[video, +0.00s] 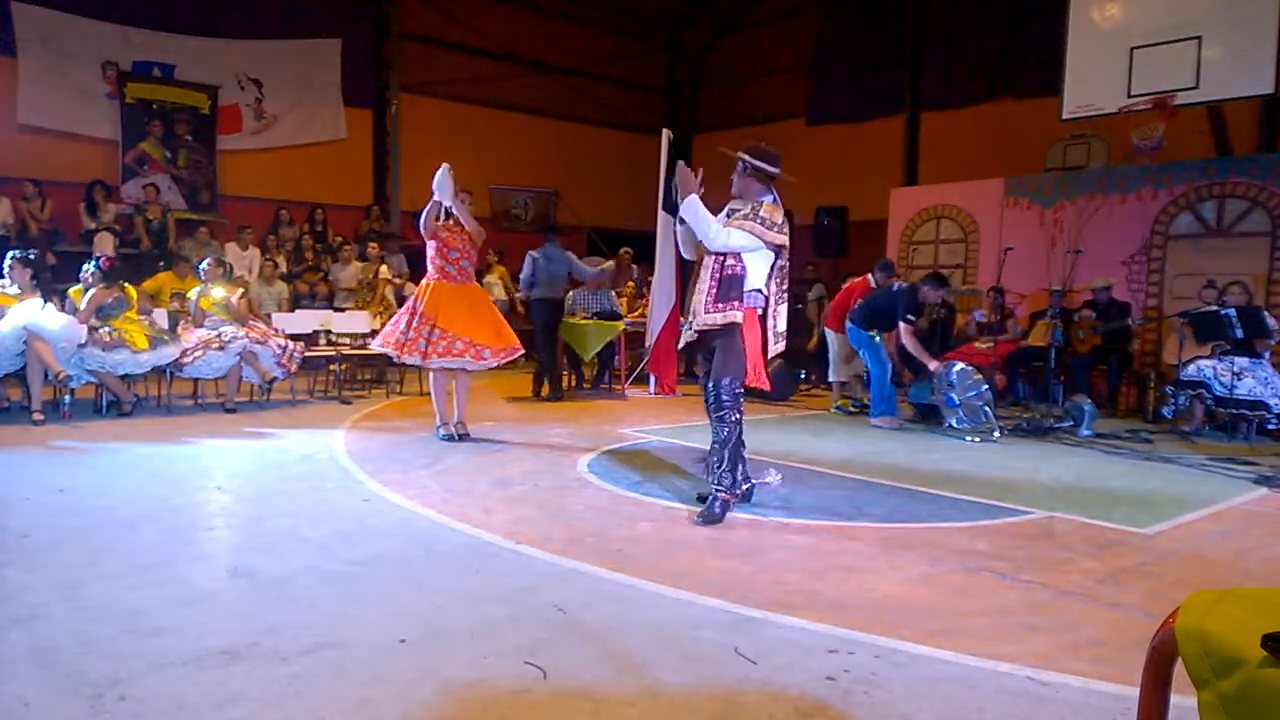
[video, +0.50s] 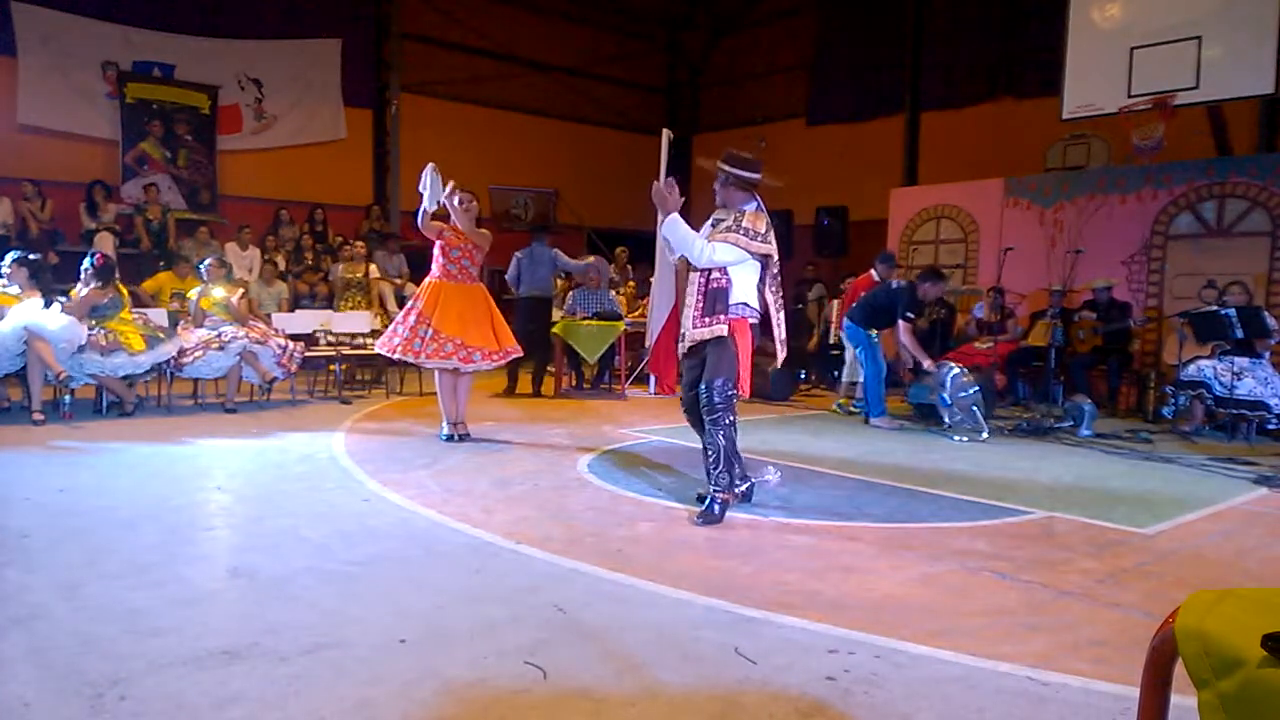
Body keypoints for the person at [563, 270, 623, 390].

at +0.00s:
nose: (597, 282)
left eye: (600, 278)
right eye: (594, 278)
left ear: (603, 280)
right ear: (587, 279)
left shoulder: (609, 294)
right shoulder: (573, 294)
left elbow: (619, 313)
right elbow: (567, 315)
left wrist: (597, 315)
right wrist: (578, 315)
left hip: (602, 330)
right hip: (580, 330)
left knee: (608, 349)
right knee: (571, 349)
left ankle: (598, 380)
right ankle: (579, 378)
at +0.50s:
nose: (591, 282)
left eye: (594, 279)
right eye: (589, 279)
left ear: (600, 279)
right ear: (584, 280)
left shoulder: (609, 294)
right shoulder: (574, 294)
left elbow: (619, 314)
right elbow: (565, 313)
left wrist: (601, 316)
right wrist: (576, 317)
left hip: (602, 331)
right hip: (580, 330)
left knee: (609, 348)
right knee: (571, 347)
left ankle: (598, 379)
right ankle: (579, 377)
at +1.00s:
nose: (589, 280)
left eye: (592, 277)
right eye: (586, 277)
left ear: (599, 278)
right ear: (580, 279)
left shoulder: (608, 294)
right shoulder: (576, 293)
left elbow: (619, 314)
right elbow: (567, 313)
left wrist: (601, 316)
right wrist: (577, 317)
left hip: (602, 332)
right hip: (579, 331)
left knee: (609, 348)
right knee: (570, 347)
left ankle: (598, 379)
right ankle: (579, 378)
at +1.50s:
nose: (591, 276)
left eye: (594, 273)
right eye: (588, 273)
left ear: (600, 277)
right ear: (584, 277)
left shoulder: (609, 294)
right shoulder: (575, 294)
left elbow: (619, 314)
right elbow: (565, 314)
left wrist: (600, 316)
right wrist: (577, 318)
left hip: (602, 332)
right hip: (580, 331)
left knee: (609, 348)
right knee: (571, 347)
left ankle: (597, 381)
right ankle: (579, 378)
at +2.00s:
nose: (592, 277)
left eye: (595, 274)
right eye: (590, 274)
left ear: (601, 277)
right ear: (584, 277)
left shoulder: (610, 294)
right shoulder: (575, 294)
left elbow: (619, 314)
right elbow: (565, 314)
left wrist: (599, 316)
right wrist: (578, 318)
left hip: (602, 332)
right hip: (580, 331)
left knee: (609, 348)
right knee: (570, 346)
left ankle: (597, 380)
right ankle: (579, 378)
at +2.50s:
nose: (594, 278)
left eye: (597, 275)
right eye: (592, 274)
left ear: (603, 278)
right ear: (587, 277)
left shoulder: (610, 295)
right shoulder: (576, 294)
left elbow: (618, 314)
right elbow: (564, 312)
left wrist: (601, 317)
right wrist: (575, 317)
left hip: (601, 332)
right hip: (580, 331)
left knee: (609, 349)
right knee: (570, 347)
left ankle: (597, 381)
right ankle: (579, 377)